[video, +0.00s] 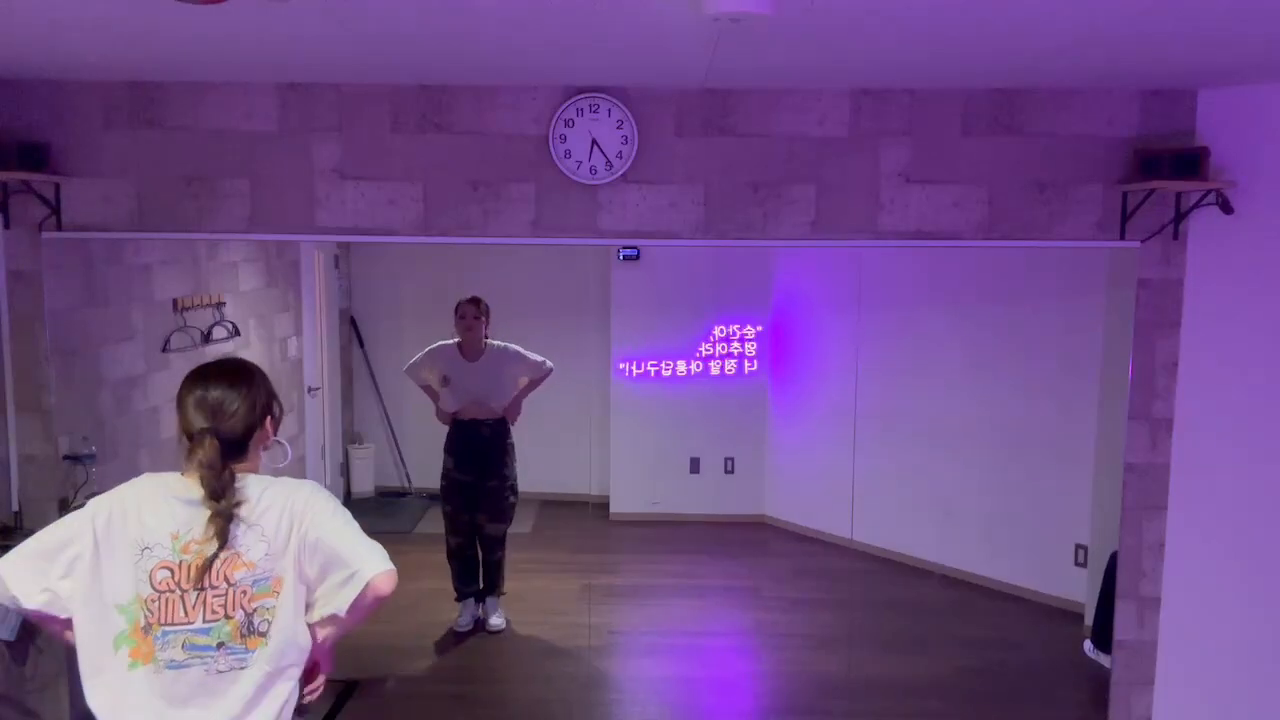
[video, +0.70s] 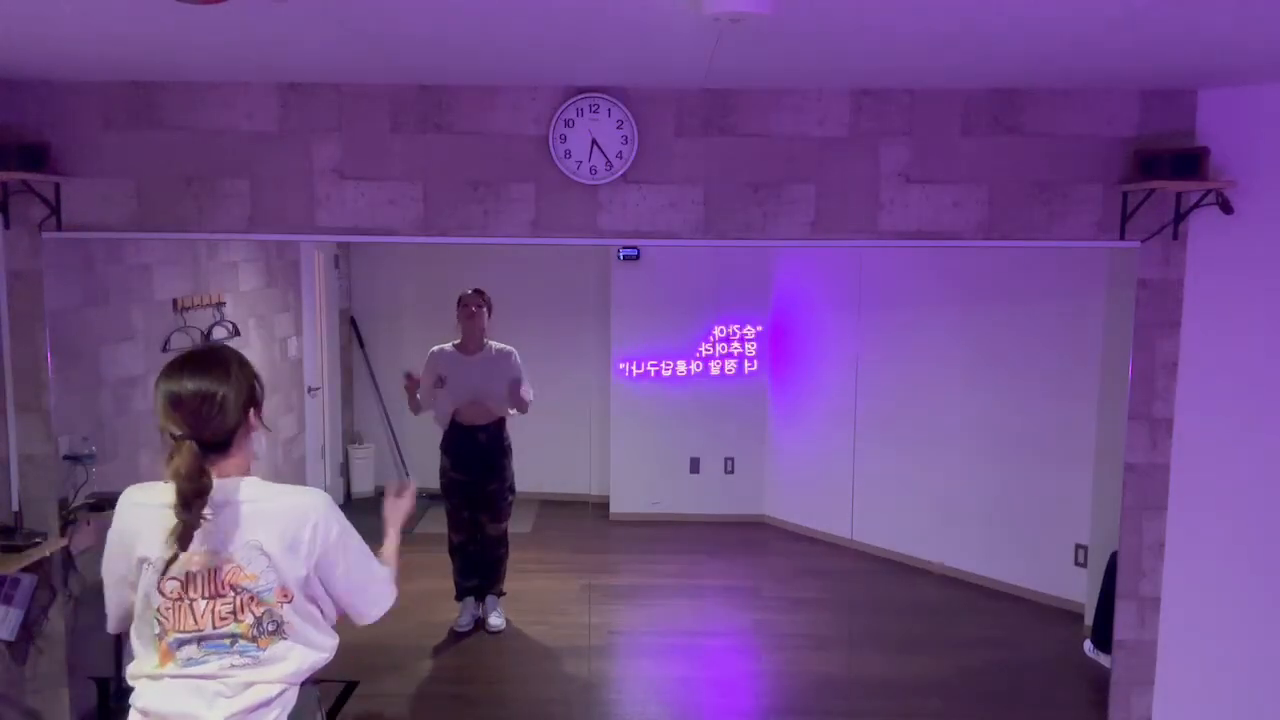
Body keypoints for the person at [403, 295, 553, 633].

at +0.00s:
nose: (468, 323)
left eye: (475, 317)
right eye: (462, 318)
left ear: (486, 323)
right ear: (455, 323)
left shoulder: (504, 353)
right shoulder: (442, 352)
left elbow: (545, 367)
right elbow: (412, 370)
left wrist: (517, 399)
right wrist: (438, 402)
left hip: (496, 440)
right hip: (459, 439)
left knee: (494, 525)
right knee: (458, 525)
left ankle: (492, 601)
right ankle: (467, 602)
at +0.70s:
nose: (471, 311)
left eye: (478, 306)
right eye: (465, 306)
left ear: (488, 315)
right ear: (456, 315)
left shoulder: (506, 357)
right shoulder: (439, 356)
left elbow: (524, 407)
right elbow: (419, 408)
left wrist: (517, 396)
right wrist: (412, 393)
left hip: (494, 444)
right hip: (457, 445)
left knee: (494, 524)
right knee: (459, 525)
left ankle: (493, 600)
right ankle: (467, 602)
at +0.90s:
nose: (468, 317)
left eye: (475, 311)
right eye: (462, 311)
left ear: (484, 316)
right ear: (453, 317)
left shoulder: (502, 356)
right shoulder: (438, 358)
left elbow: (504, 407)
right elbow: (434, 412)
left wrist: (521, 396)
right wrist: (414, 391)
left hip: (492, 445)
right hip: (455, 446)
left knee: (493, 523)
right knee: (458, 522)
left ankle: (491, 600)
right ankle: (467, 602)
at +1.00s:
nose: (465, 319)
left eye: (471, 313)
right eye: (459, 314)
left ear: (482, 318)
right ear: (452, 319)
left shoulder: (501, 355)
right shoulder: (436, 359)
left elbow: (511, 402)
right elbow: (431, 411)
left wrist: (499, 403)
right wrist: (444, 404)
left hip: (492, 445)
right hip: (455, 447)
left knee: (493, 525)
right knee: (459, 526)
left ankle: (493, 599)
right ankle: (468, 600)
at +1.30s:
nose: (462, 319)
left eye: (468, 313)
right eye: (456, 314)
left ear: (479, 318)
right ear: (448, 318)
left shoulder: (497, 354)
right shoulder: (432, 358)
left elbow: (510, 403)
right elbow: (427, 410)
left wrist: (486, 409)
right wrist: (454, 411)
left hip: (490, 446)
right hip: (453, 448)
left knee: (493, 523)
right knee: (459, 526)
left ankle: (492, 600)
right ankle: (467, 601)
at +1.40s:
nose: (463, 318)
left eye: (470, 313)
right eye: (457, 312)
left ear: (479, 318)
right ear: (448, 317)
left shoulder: (495, 354)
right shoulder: (430, 358)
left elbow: (510, 399)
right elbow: (422, 408)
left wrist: (502, 407)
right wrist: (433, 408)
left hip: (490, 444)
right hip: (453, 446)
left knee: (493, 523)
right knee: (459, 526)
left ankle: (492, 600)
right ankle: (467, 601)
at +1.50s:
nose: (463, 319)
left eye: (469, 313)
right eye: (456, 313)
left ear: (479, 318)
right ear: (447, 318)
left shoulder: (495, 354)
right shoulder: (429, 361)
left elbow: (507, 401)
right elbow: (429, 412)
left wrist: (512, 408)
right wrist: (427, 410)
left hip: (491, 445)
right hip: (453, 447)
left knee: (494, 523)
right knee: (459, 526)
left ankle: (494, 599)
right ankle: (467, 600)